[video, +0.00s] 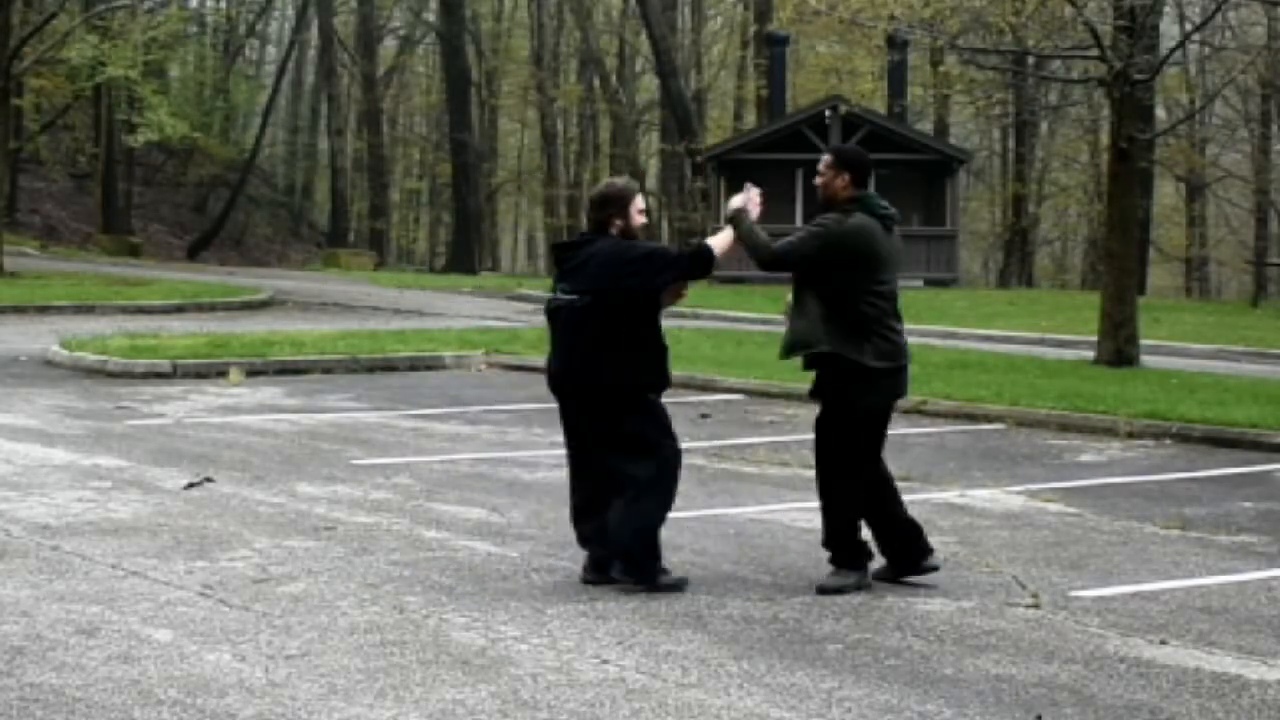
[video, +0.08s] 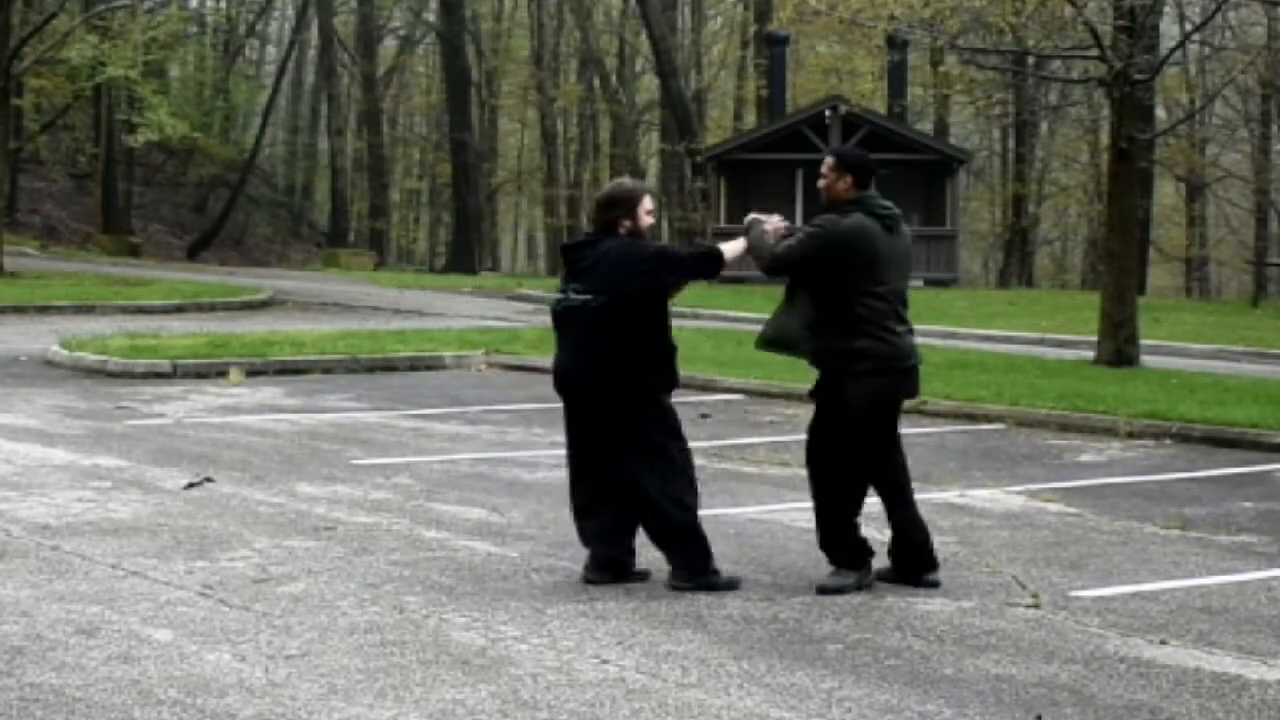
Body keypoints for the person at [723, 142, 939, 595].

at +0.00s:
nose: (815, 179)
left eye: (822, 173)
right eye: (817, 172)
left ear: (845, 180)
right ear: (850, 181)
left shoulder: (842, 229)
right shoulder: (871, 224)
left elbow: (771, 257)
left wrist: (740, 217)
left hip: (853, 371)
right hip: (876, 368)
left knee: (838, 466)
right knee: (860, 462)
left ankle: (850, 565)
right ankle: (909, 553)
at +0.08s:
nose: (819, 183)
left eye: (826, 176)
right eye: (821, 175)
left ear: (848, 182)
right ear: (857, 183)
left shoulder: (837, 231)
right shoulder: (893, 228)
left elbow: (773, 261)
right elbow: (838, 261)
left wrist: (759, 230)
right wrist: (793, 234)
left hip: (850, 372)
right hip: (890, 368)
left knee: (827, 462)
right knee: (886, 466)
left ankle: (850, 564)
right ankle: (915, 562)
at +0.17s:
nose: (822, 187)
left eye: (828, 180)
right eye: (823, 179)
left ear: (850, 186)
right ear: (862, 186)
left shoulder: (838, 235)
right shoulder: (906, 234)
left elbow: (780, 275)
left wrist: (772, 258)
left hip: (853, 374)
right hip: (902, 370)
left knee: (816, 458)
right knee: (896, 468)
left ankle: (855, 556)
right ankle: (915, 563)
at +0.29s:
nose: (822, 189)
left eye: (828, 182)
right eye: (823, 181)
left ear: (851, 188)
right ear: (862, 189)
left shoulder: (839, 240)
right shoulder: (905, 234)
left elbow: (792, 288)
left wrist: (775, 318)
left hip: (853, 376)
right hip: (904, 371)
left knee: (815, 458)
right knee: (890, 464)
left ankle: (841, 565)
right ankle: (914, 563)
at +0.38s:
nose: (819, 189)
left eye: (827, 183)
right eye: (821, 182)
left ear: (851, 190)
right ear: (858, 191)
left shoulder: (838, 243)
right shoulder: (895, 232)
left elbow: (792, 295)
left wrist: (763, 338)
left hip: (853, 378)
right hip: (900, 374)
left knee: (820, 461)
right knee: (887, 467)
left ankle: (816, 573)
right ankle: (914, 563)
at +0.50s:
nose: (810, 190)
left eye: (818, 183)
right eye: (811, 182)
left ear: (844, 189)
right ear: (842, 191)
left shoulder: (845, 241)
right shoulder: (862, 231)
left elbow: (796, 296)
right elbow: (800, 244)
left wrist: (760, 328)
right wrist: (745, 246)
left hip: (846, 380)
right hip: (874, 375)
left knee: (814, 468)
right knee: (872, 472)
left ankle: (808, 575)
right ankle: (912, 563)